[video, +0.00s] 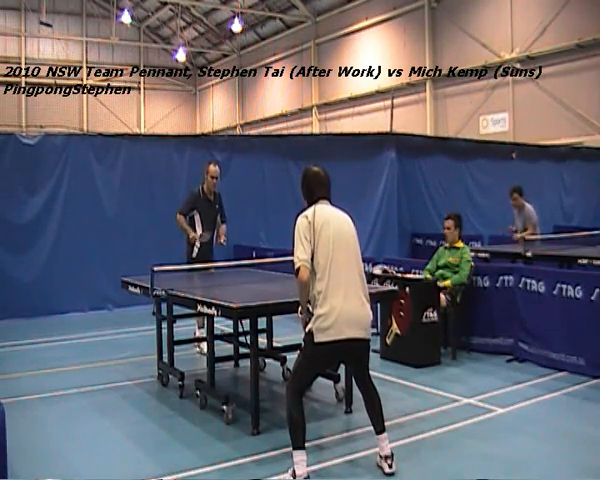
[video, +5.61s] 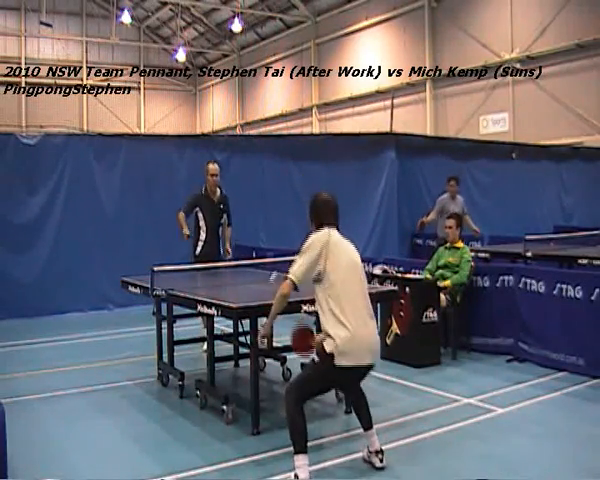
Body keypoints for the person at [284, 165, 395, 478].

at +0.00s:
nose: (303, 194)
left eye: (303, 189)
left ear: (305, 191)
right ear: (329, 190)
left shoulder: (306, 219)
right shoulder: (346, 219)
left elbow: (303, 272)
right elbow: (354, 268)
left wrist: (303, 305)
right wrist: (325, 303)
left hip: (328, 326)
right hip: (360, 323)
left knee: (294, 390)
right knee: (364, 379)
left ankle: (300, 465)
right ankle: (386, 451)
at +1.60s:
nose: (310, 193)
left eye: (310, 188)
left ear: (310, 191)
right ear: (335, 189)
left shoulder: (314, 223)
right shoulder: (351, 217)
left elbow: (301, 279)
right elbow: (364, 264)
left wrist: (301, 320)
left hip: (347, 326)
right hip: (378, 320)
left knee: (315, 392)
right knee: (370, 372)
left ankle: (325, 467)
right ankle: (389, 442)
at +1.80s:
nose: (331, 189)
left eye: (331, 184)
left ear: (332, 188)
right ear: (356, 186)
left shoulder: (334, 219)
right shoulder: (371, 216)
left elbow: (315, 270)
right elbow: (384, 267)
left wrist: (301, 304)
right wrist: (384, 300)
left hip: (359, 322)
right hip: (387, 317)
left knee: (330, 390)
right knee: (382, 373)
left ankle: (328, 465)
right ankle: (396, 437)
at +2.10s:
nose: (374, 166)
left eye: (370, 161)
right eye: (385, 161)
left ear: (368, 163)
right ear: (391, 164)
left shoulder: (362, 189)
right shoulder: (404, 196)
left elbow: (348, 237)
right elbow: (418, 250)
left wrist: (348, 282)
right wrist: (405, 279)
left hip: (370, 290)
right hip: (399, 291)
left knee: (355, 362)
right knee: (391, 360)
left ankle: (361, 432)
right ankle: (396, 433)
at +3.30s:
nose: (340, 154)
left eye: (340, 149)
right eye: (345, 147)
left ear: (345, 150)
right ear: (369, 150)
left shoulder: (343, 182)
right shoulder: (385, 189)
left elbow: (336, 233)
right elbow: (396, 245)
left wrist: (340, 273)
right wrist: (377, 269)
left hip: (354, 297)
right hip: (385, 298)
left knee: (325, 365)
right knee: (382, 370)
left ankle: (319, 445)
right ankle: (387, 444)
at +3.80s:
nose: (294, 174)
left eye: (294, 168)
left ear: (295, 171)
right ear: (321, 171)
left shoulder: (295, 200)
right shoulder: (338, 204)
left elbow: (288, 248)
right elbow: (348, 258)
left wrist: (298, 292)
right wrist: (341, 291)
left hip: (315, 318)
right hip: (348, 316)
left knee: (290, 389)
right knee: (359, 379)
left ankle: (297, 468)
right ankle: (380, 450)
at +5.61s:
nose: (310, 221)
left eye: (310, 216)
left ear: (312, 217)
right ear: (337, 217)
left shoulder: (319, 240)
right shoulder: (348, 246)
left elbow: (286, 289)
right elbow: (354, 299)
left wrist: (268, 325)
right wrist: (326, 334)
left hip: (342, 350)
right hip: (369, 349)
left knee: (294, 394)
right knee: (350, 385)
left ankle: (301, 470)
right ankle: (375, 449)